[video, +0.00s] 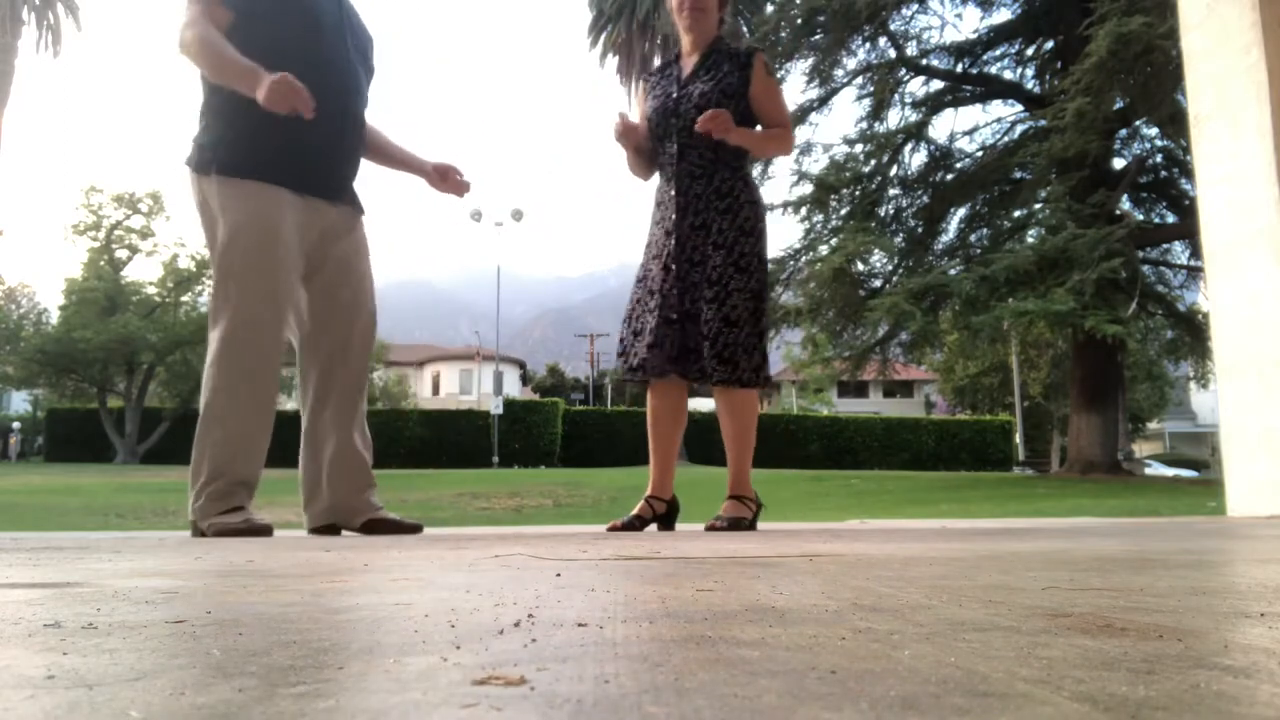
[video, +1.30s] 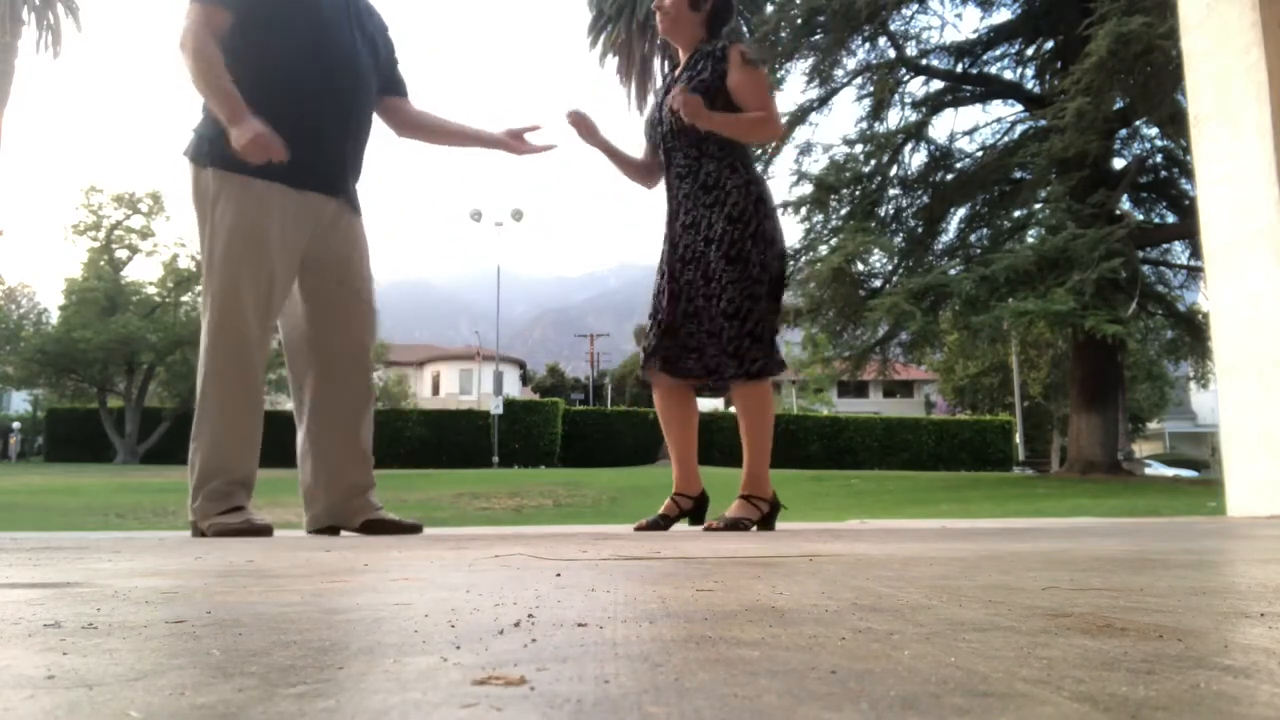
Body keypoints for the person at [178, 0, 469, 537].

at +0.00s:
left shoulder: (354, 27)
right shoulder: (240, 1)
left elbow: (345, 123)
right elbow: (195, 33)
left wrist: (423, 167)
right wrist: (259, 81)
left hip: (332, 192)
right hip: (250, 172)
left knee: (343, 342)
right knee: (250, 334)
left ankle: (341, 503)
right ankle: (220, 504)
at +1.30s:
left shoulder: (365, 16)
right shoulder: (242, 2)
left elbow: (402, 115)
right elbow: (196, 37)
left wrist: (491, 138)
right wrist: (238, 119)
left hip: (332, 192)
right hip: (248, 175)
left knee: (341, 348)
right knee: (236, 344)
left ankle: (340, 504)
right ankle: (219, 505)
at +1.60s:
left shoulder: (387, 17)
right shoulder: (264, 1)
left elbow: (428, 119)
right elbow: (199, 34)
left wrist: (518, 109)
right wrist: (234, 66)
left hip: (358, 192)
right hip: (266, 177)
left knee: (370, 347)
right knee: (242, 344)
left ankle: (355, 499)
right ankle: (221, 502)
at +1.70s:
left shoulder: (386, 26)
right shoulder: (263, 2)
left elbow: (437, 122)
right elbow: (201, 40)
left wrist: (520, 92)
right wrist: (263, 51)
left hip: (362, 197)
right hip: (268, 187)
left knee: (376, 351)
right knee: (253, 347)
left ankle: (387, 500)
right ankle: (233, 500)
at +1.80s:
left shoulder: (383, 48)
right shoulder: (263, 5)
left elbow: (439, 135)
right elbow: (208, 59)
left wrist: (520, 136)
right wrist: (285, 69)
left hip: (359, 208)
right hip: (270, 200)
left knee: (389, 352)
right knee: (274, 351)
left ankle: (392, 502)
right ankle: (252, 498)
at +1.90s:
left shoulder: (362, 39)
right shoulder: (245, 5)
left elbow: (423, 132)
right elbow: (204, 64)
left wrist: (506, 164)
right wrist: (275, 94)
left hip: (344, 214)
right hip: (258, 208)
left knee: (375, 359)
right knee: (271, 359)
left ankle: (390, 506)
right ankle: (257, 508)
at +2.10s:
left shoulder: (353, 38)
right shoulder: (229, 5)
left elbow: (424, 113)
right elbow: (181, 70)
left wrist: (513, 122)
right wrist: (202, 113)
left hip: (314, 208)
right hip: (233, 197)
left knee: (324, 340)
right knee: (239, 350)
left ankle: (266, 485)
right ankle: (250, 503)